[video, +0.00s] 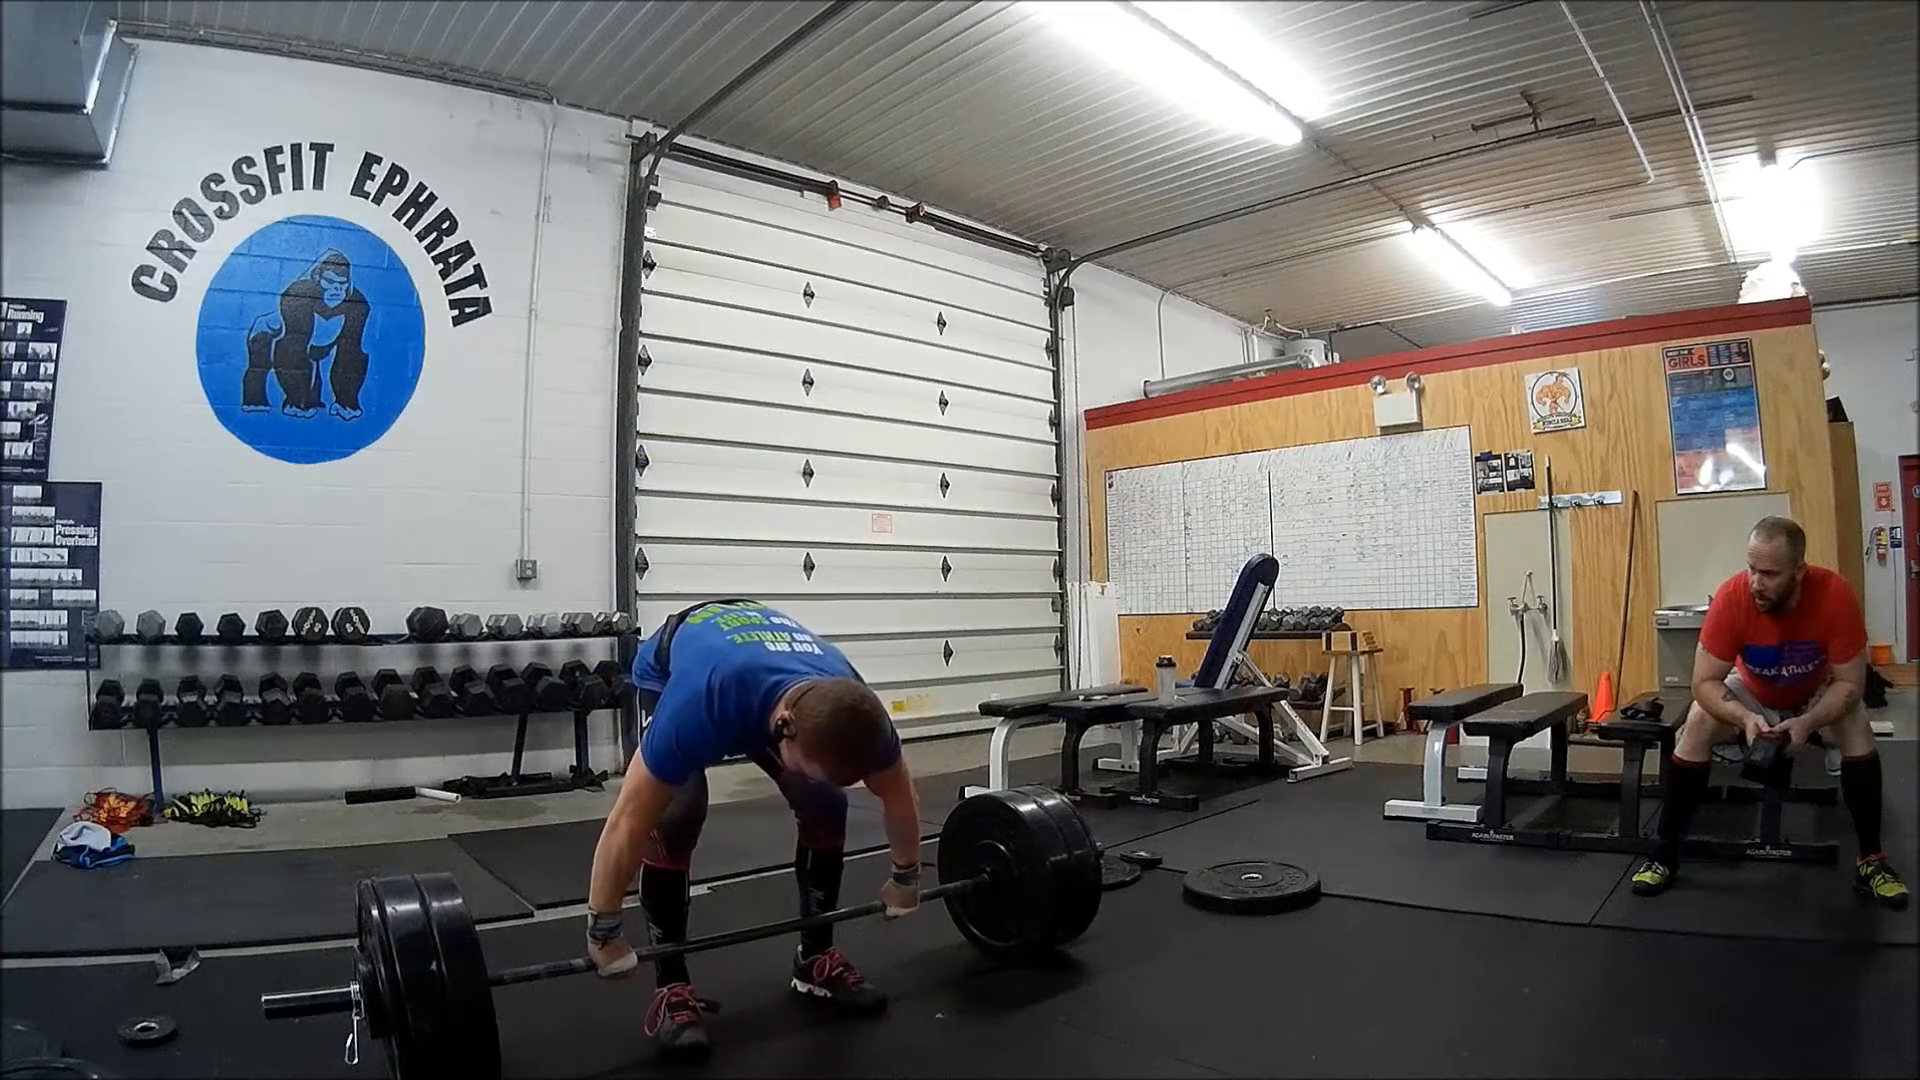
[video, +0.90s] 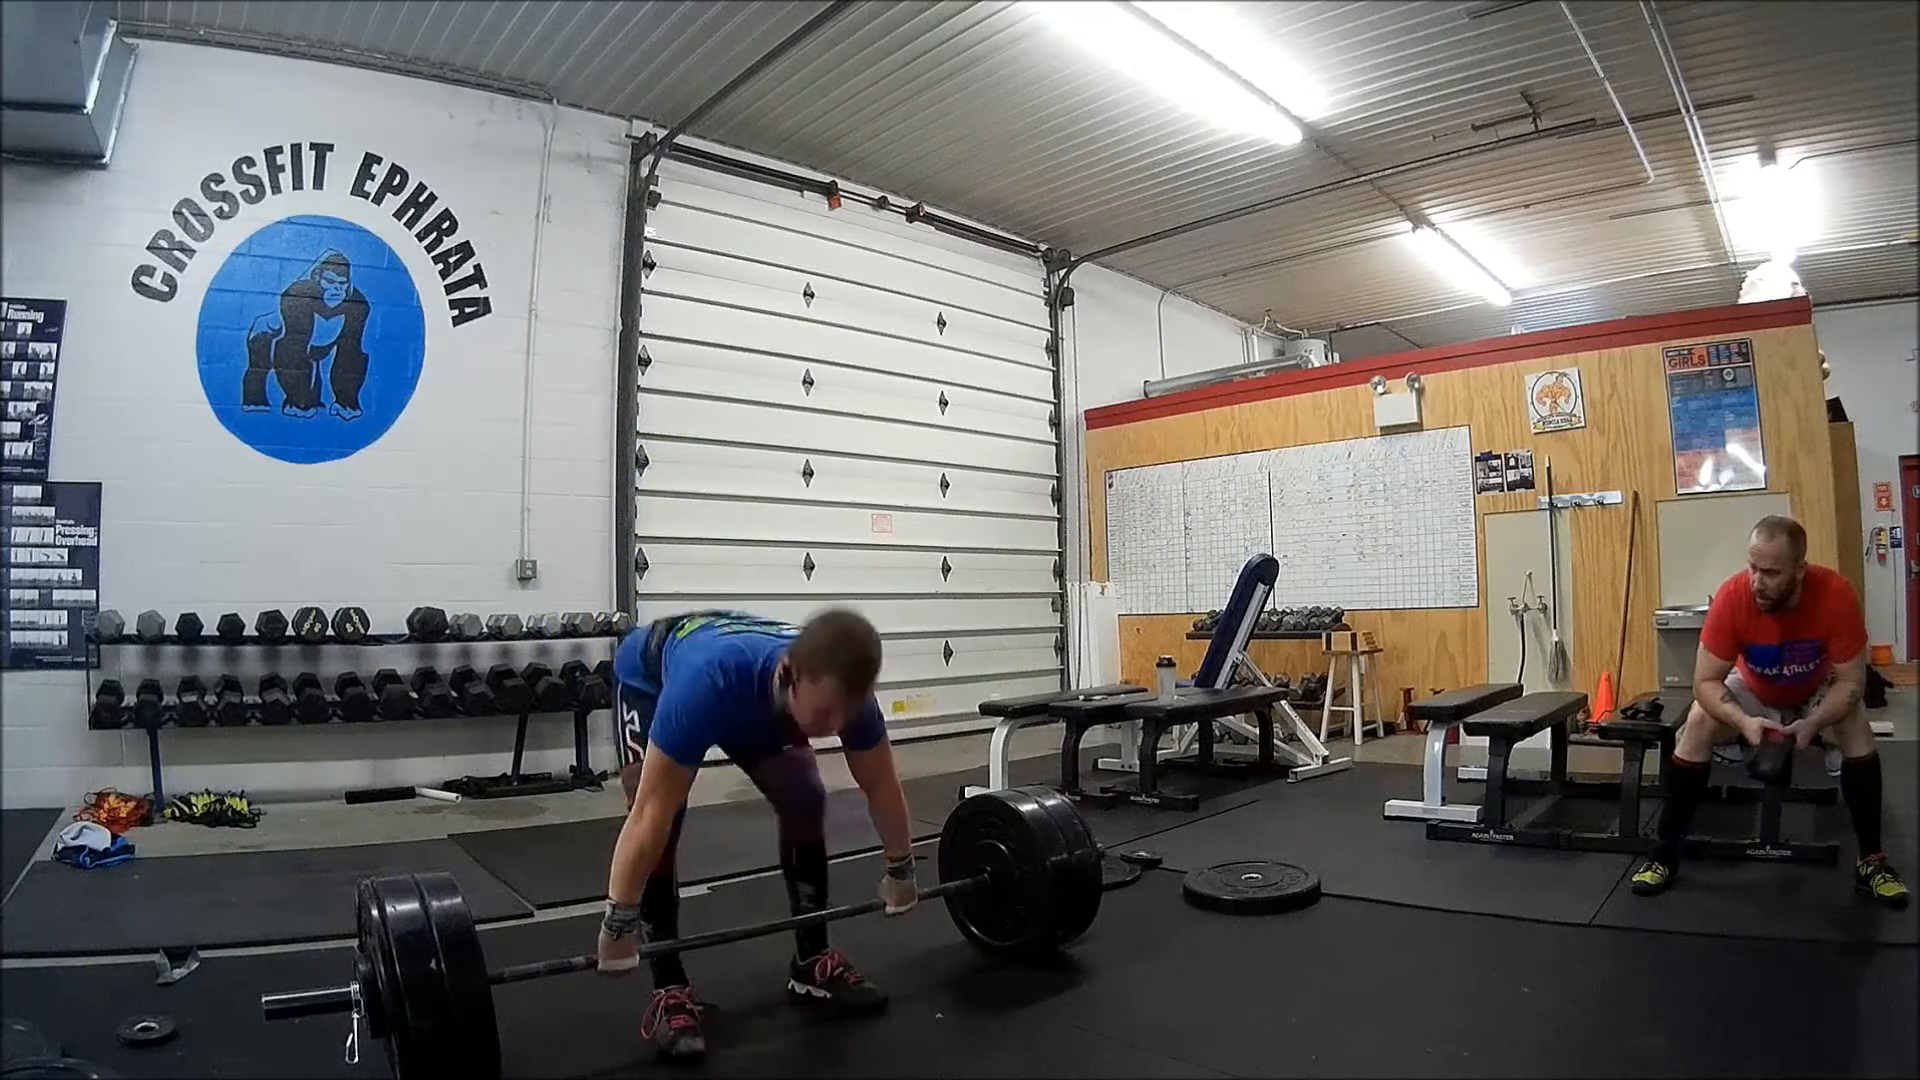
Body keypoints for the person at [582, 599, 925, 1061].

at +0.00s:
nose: (822, 789)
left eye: (838, 782)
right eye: (815, 776)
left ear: (866, 743)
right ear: (785, 726)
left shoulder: (865, 722)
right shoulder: (698, 707)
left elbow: (898, 794)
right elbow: (628, 818)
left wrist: (907, 877)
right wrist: (603, 932)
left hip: (772, 647)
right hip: (671, 667)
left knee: (827, 807)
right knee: (679, 816)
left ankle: (816, 959)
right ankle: (672, 989)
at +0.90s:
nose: (836, 724)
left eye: (847, 710)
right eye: (824, 710)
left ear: (862, 693)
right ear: (789, 675)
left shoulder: (848, 688)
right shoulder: (703, 685)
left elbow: (880, 784)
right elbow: (651, 812)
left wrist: (901, 868)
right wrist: (619, 923)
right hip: (650, 675)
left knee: (805, 799)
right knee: (659, 826)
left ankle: (813, 959)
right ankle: (670, 990)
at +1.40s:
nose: (781, 593)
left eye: (789, 579)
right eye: (763, 579)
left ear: (799, 586)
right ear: (725, 590)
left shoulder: (819, 680)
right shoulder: (681, 683)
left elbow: (869, 776)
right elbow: (633, 801)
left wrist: (902, 865)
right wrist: (617, 918)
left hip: (771, 813)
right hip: (693, 819)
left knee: (865, 825)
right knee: (679, 851)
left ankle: (814, 965)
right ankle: (674, 997)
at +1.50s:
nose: (777, 598)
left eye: (785, 583)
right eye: (760, 584)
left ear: (796, 588)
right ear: (722, 591)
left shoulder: (816, 680)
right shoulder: (678, 683)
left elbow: (868, 778)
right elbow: (632, 803)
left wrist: (902, 865)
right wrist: (617, 916)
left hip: (772, 816)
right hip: (693, 822)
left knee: (866, 825)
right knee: (678, 852)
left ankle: (814, 964)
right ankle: (675, 997)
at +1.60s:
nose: (786, 592)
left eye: (793, 579)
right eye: (769, 579)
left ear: (802, 591)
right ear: (731, 592)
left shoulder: (819, 679)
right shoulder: (679, 681)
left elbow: (868, 778)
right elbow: (634, 801)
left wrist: (902, 866)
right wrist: (618, 918)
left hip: (772, 816)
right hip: (693, 822)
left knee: (865, 825)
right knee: (679, 853)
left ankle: (814, 964)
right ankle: (675, 997)